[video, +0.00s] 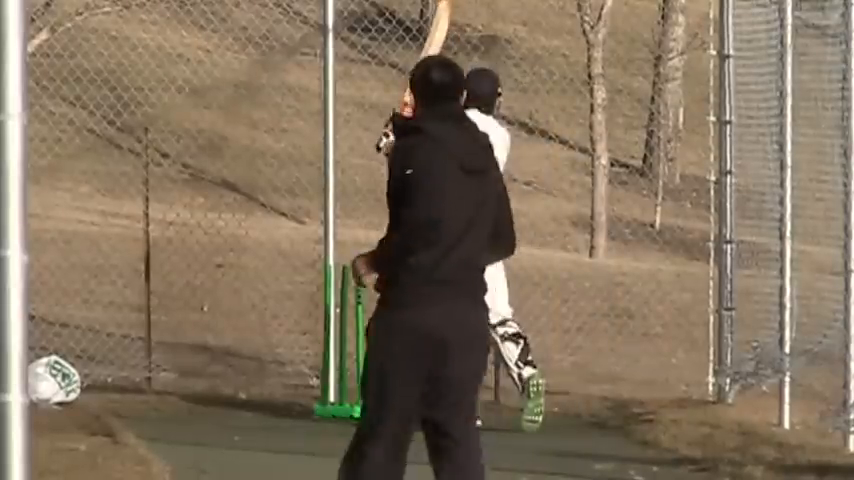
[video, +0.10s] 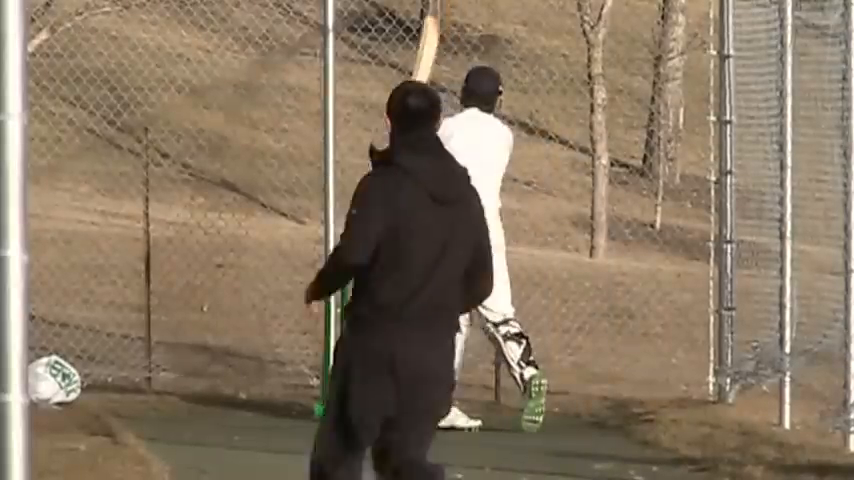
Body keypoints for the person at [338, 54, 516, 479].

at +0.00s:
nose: (405, 95)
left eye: (408, 89)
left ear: (415, 97)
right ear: (459, 98)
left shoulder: (411, 148)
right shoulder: (480, 149)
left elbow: (412, 229)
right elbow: (502, 242)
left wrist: (374, 260)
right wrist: (444, 250)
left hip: (407, 319)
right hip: (466, 321)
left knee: (381, 442)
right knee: (456, 441)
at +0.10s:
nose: (384, 121)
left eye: (386, 116)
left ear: (390, 121)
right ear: (437, 122)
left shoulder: (381, 183)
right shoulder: (463, 190)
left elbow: (353, 255)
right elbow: (481, 283)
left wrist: (320, 287)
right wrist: (435, 307)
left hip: (373, 357)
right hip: (432, 363)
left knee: (335, 462)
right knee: (403, 460)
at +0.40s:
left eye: (376, 109)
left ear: (373, 111)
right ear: (419, 111)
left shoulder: (346, 168)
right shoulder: (448, 176)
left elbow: (307, 246)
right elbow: (481, 253)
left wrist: (350, 242)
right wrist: (435, 298)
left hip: (348, 319)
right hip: (410, 326)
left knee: (327, 433)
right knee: (369, 438)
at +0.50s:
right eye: (424, 130)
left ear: (377, 133)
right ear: (423, 135)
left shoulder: (349, 191)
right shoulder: (447, 204)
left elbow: (307, 268)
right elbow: (471, 293)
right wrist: (422, 322)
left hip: (344, 346)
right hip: (406, 354)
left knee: (308, 444)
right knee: (359, 462)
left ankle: (311, 466)